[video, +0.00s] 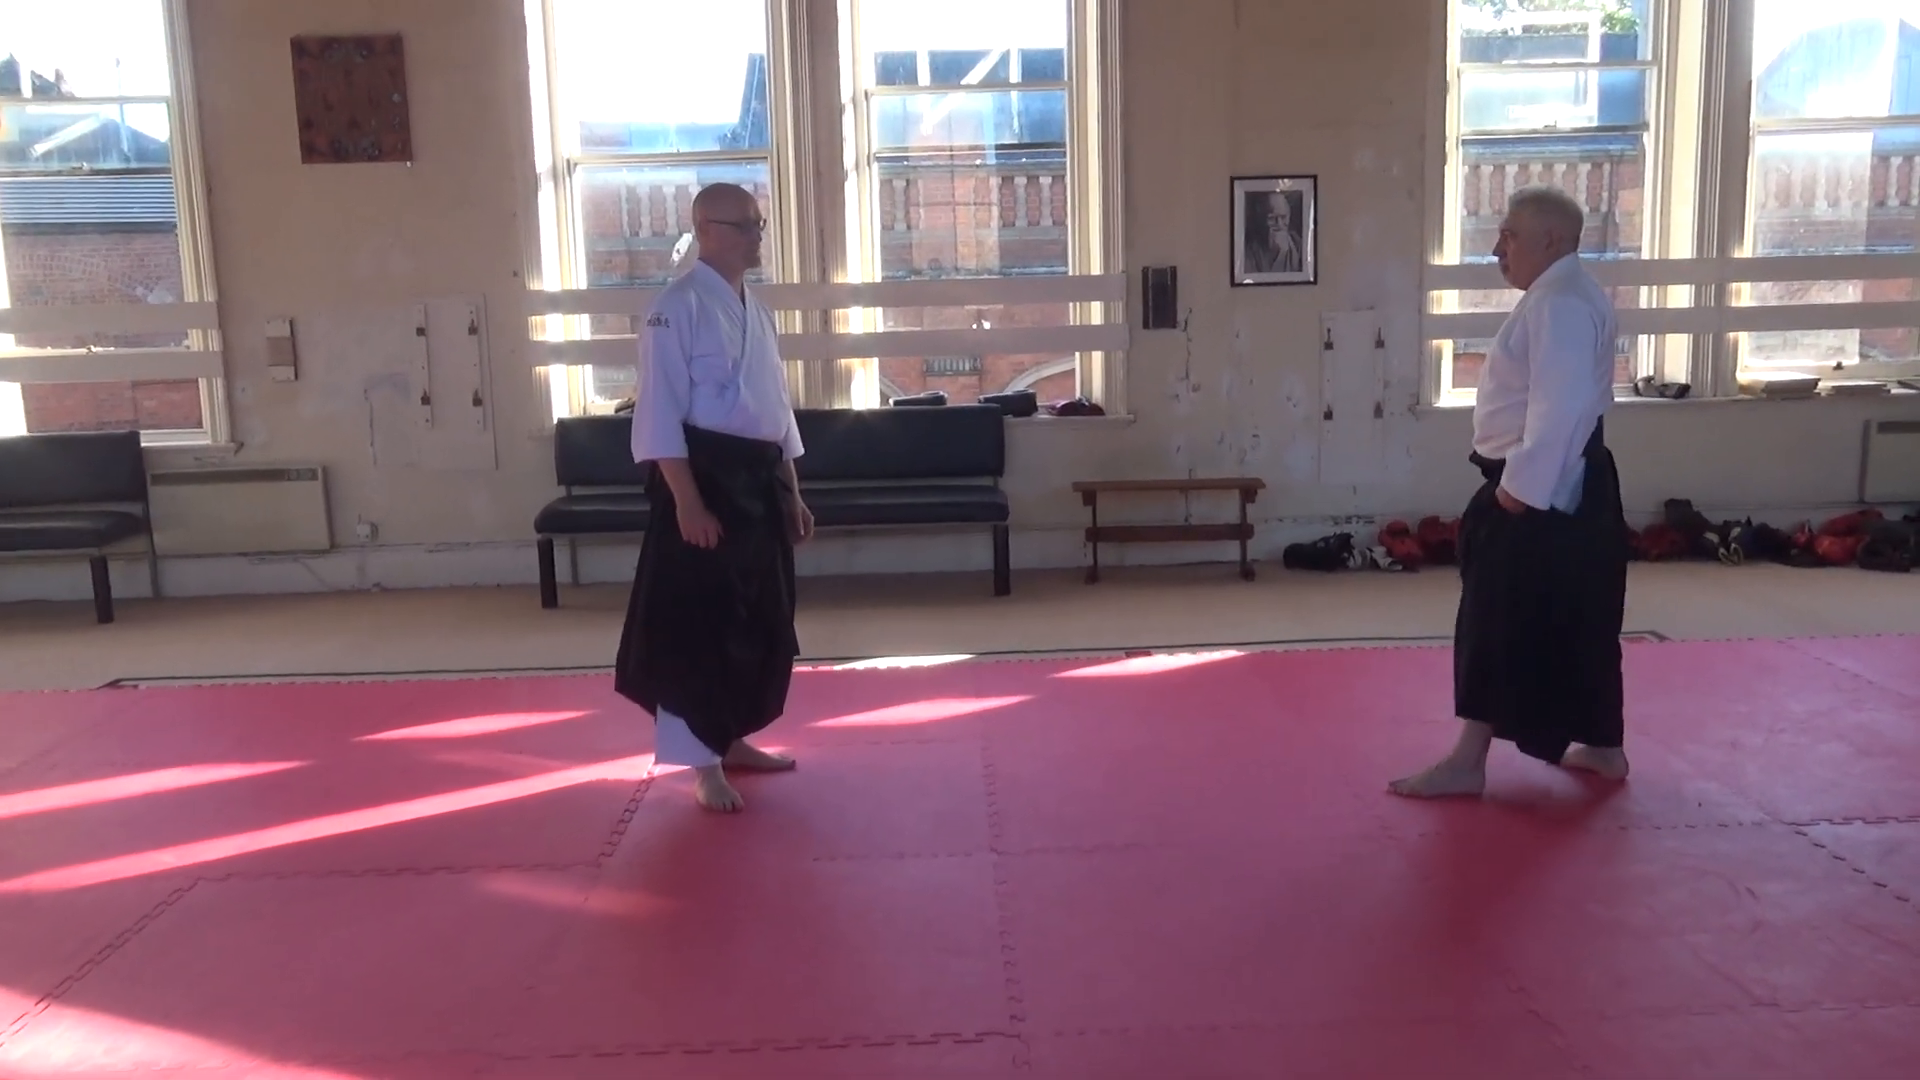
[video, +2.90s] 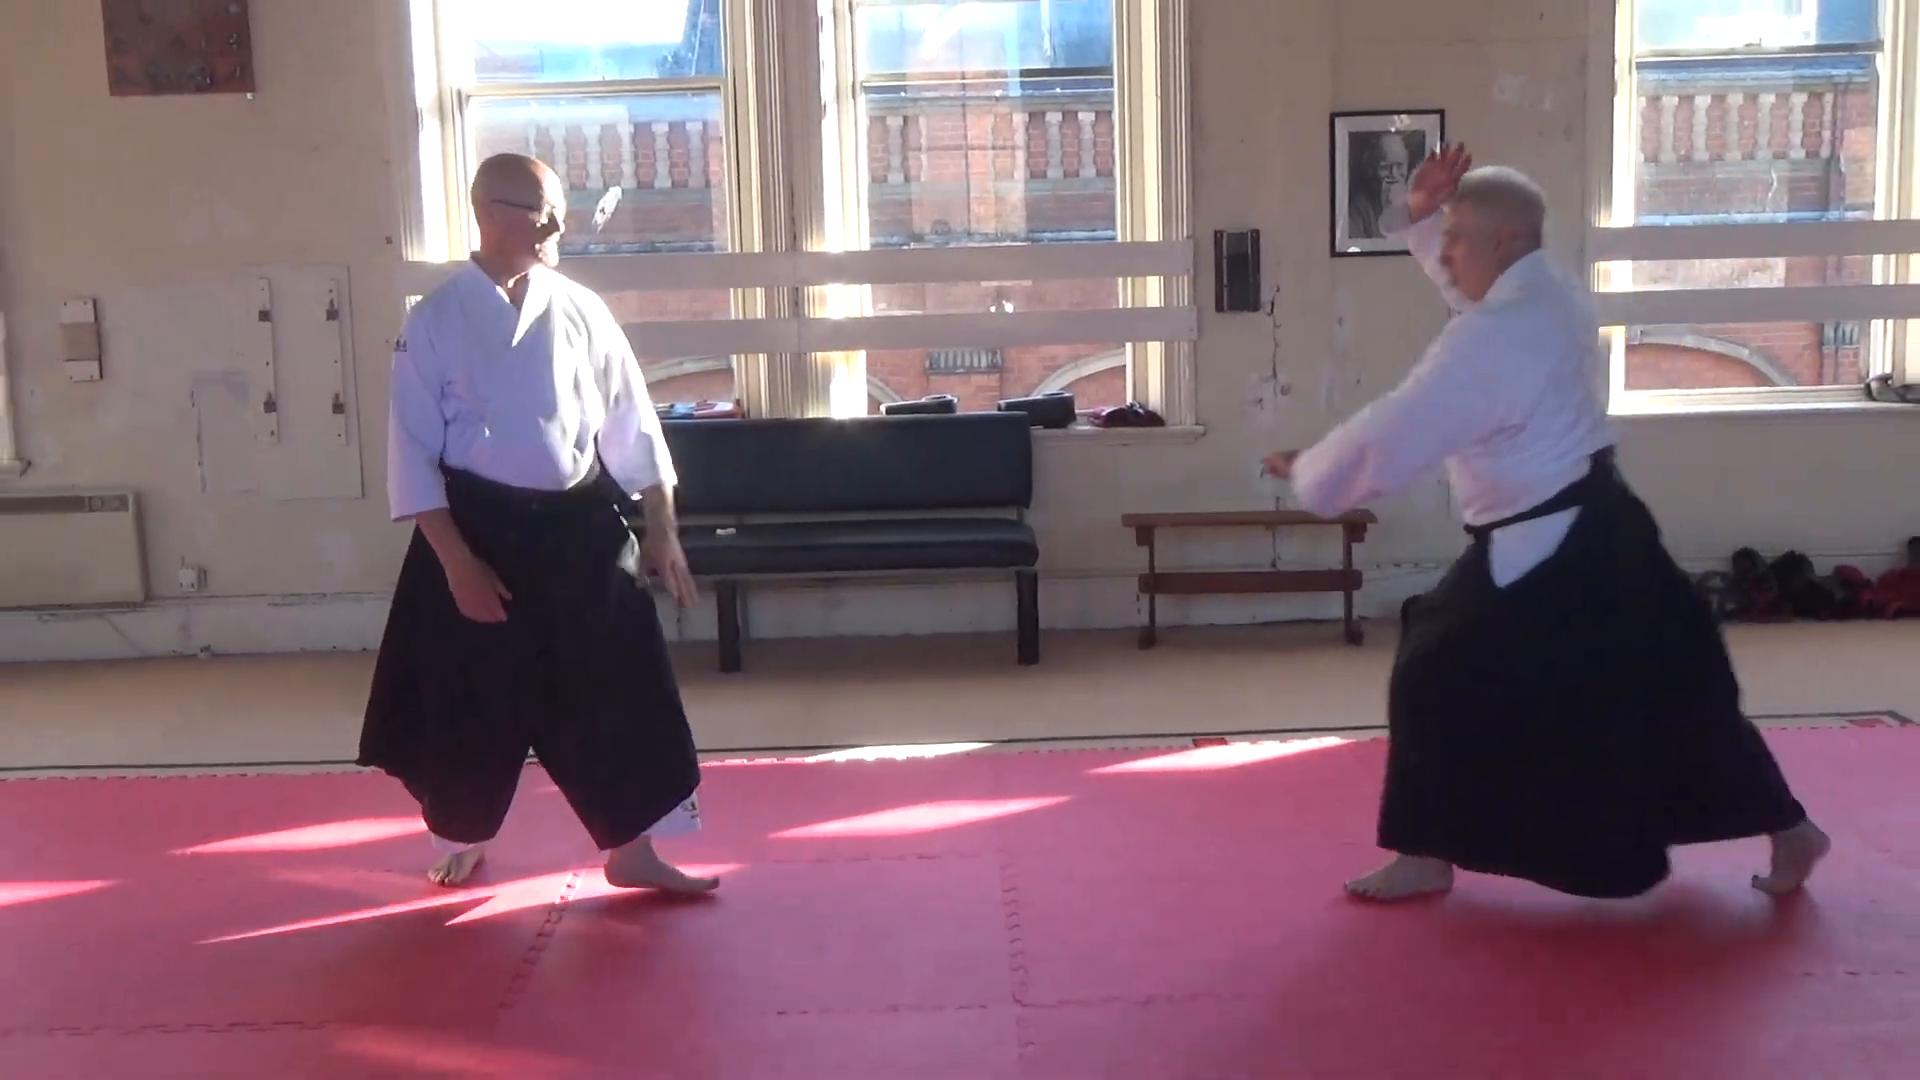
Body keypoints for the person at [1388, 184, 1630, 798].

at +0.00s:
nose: (1497, 246)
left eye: (1508, 234)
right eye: (1501, 233)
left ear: (1548, 241)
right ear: (1555, 242)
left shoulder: (1558, 303)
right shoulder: (1579, 294)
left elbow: (1560, 406)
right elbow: (1578, 401)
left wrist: (1520, 488)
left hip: (1531, 487)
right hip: (1578, 481)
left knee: (1490, 625)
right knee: (1585, 618)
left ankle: (1467, 760)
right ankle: (1605, 746)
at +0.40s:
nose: (1480, 263)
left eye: (1490, 253)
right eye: (1482, 251)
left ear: (1531, 258)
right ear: (1532, 259)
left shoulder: (1550, 322)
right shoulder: (1542, 312)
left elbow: (1506, 406)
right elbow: (1516, 405)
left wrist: (1457, 439)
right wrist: (1472, 436)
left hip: (1525, 502)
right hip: (1551, 495)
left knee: (1466, 630)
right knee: (1568, 631)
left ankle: (1454, 774)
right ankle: (1589, 762)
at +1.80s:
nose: (1542, 263)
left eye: (1553, 248)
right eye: (1541, 248)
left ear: (1602, 247)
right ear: (1602, 249)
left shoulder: (1623, 323)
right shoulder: (1599, 312)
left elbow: (1554, 440)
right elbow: (1527, 396)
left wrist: (1492, 485)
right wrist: (1447, 452)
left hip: (1603, 530)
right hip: (1636, 521)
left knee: (1542, 681)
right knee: (1657, 682)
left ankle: (1525, 850)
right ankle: (1686, 836)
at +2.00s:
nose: (1647, 215)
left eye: (1660, 199)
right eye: (1646, 199)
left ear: (1715, 197)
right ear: (1711, 199)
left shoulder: (1736, 287)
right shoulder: (1711, 273)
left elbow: (1648, 421)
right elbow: (1623, 366)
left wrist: (1582, 464)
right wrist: (1528, 427)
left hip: (1709, 526)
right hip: (1747, 516)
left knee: (1638, 703)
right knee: (1770, 704)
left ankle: (1615, 894)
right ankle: (1801, 879)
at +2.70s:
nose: (1583, 232)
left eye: (1595, 216)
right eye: (1583, 215)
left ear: (1646, 219)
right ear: (1656, 221)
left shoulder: (1645, 307)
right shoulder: (1697, 279)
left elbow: (1566, 423)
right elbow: (1581, 351)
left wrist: (1511, 478)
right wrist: (1486, 313)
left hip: (1661, 531)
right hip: (1727, 515)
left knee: (1548, 665)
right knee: (1767, 690)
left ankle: (1507, 856)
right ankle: (1830, 861)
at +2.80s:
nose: (1526, 242)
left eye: (1537, 226)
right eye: (1527, 225)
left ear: (1588, 231)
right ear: (1599, 229)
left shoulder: (1585, 317)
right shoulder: (1637, 286)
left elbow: (1504, 420)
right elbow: (1538, 324)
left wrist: (1423, 475)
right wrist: (1470, 259)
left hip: (1618, 534)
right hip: (1681, 516)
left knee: (1498, 666)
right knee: (1744, 691)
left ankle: (1446, 853)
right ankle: (1830, 855)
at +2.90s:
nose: (1441, 254)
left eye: (1455, 237)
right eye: (1440, 238)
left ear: (1505, 243)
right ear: (1512, 241)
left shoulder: (1489, 338)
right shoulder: (1552, 294)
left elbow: (1395, 430)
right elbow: (1465, 291)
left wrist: (1310, 472)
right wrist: (1422, 221)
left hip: (1536, 542)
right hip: (1599, 519)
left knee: (1429, 666)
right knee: (1681, 678)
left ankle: (1424, 853)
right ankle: (1791, 828)